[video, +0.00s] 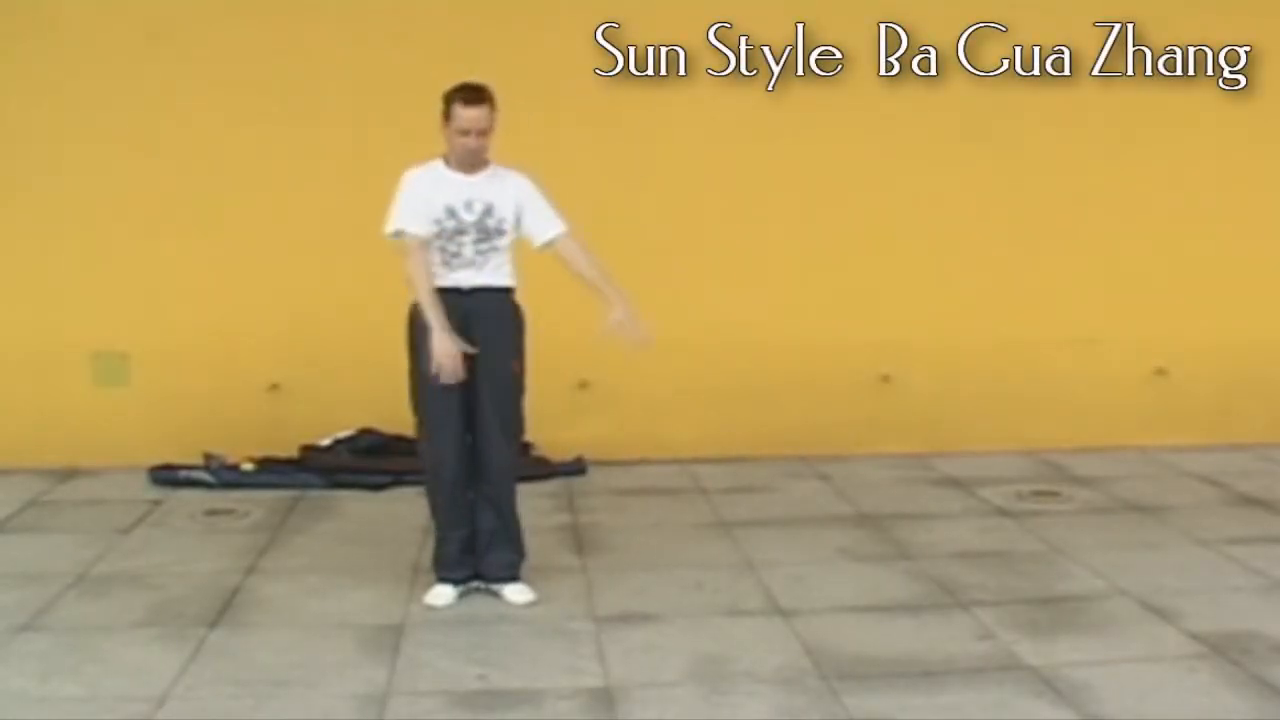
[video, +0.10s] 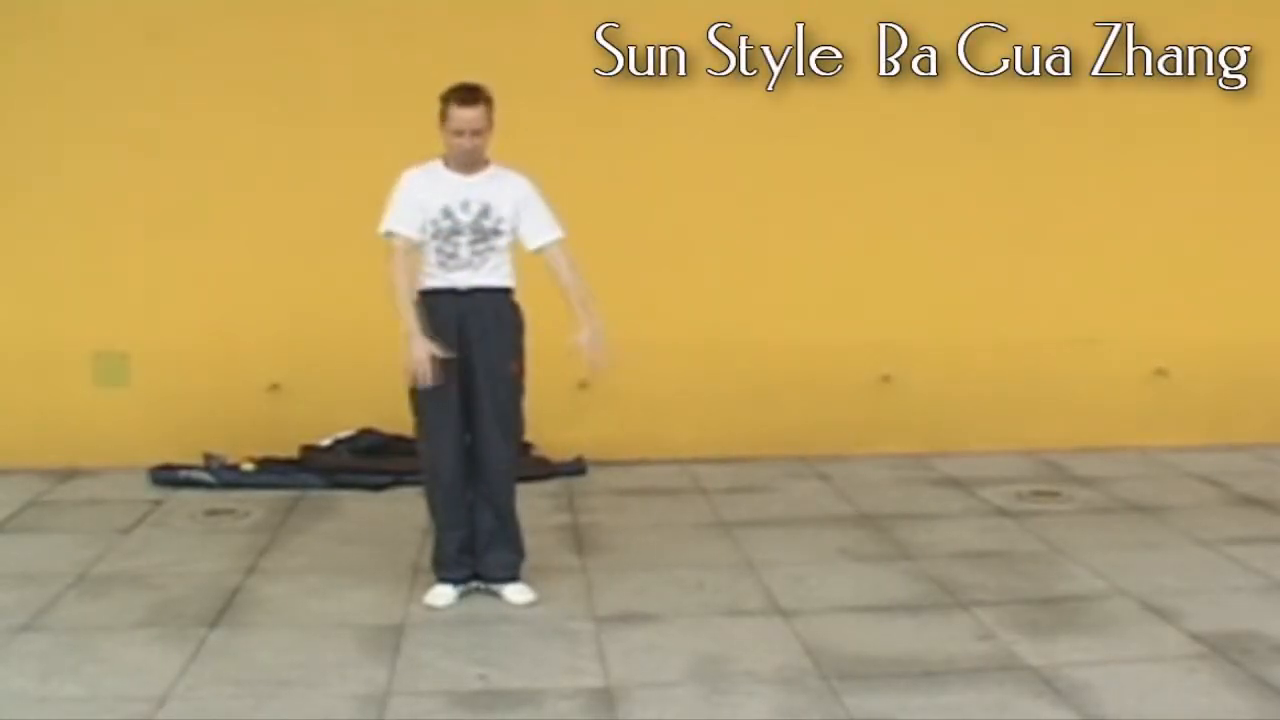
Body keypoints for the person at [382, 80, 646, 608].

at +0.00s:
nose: (475, 142)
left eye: (483, 132)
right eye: (465, 132)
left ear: (493, 131)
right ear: (445, 131)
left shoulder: (513, 186)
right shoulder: (420, 183)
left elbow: (564, 244)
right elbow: (416, 261)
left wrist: (615, 299)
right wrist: (439, 331)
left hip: (495, 314)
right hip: (437, 314)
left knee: (498, 445)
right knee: (445, 448)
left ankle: (501, 568)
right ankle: (452, 570)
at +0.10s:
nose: (469, 142)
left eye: (478, 132)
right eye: (459, 132)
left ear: (492, 130)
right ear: (441, 130)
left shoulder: (513, 187)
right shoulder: (416, 185)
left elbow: (556, 254)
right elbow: (402, 263)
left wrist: (587, 322)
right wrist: (415, 334)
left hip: (495, 316)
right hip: (435, 315)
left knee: (498, 444)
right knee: (442, 447)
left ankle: (502, 568)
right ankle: (452, 570)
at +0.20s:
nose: (463, 142)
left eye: (472, 132)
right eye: (454, 132)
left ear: (488, 131)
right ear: (439, 132)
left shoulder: (512, 186)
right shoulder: (414, 184)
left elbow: (546, 259)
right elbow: (389, 257)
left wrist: (562, 333)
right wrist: (395, 334)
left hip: (492, 314)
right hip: (433, 315)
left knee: (496, 446)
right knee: (441, 448)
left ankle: (501, 568)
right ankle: (452, 570)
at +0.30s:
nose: (455, 141)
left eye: (464, 131)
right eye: (446, 132)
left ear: (483, 130)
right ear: (435, 133)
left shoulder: (509, 186)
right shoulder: (412, 184)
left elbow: (540, 266)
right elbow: (379, 251)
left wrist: (535, 343)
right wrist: (380, 332)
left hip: (489, 311)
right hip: (433, 314)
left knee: (493, 447)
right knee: (439, 448)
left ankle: (500, 568)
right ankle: (451, 570)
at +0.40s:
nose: (447, 142)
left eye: (456, 132)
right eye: (439, 133)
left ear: (479, 130)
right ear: (430, 133)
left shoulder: (506, 187)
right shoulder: (410, 185)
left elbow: (526, 267)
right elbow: (374, 247)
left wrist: (512, 343)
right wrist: (367, 326)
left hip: (486, 311)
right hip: (430, 314)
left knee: (490, 446)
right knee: (436, 447)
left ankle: (499, 568)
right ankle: (450, 571)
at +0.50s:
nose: (442, 140)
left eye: (451, 130)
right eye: (434, 131)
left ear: (473, 130)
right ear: (425, 132)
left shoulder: (501, 188)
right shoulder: (408, 185)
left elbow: (514, 270)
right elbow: (373, 245)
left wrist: (476, 337)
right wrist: (357, 313)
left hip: (484, 310)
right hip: (426, 310)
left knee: (486, 446)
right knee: (432, 448)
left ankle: (499, 567)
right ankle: (450, 570)